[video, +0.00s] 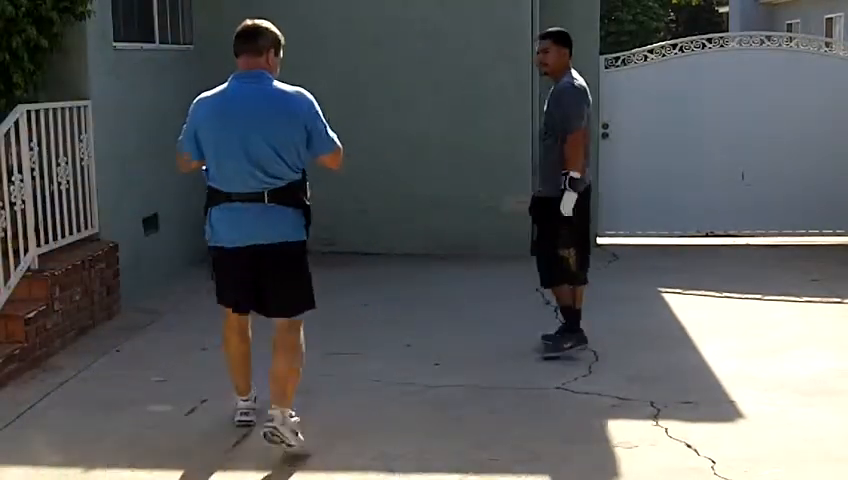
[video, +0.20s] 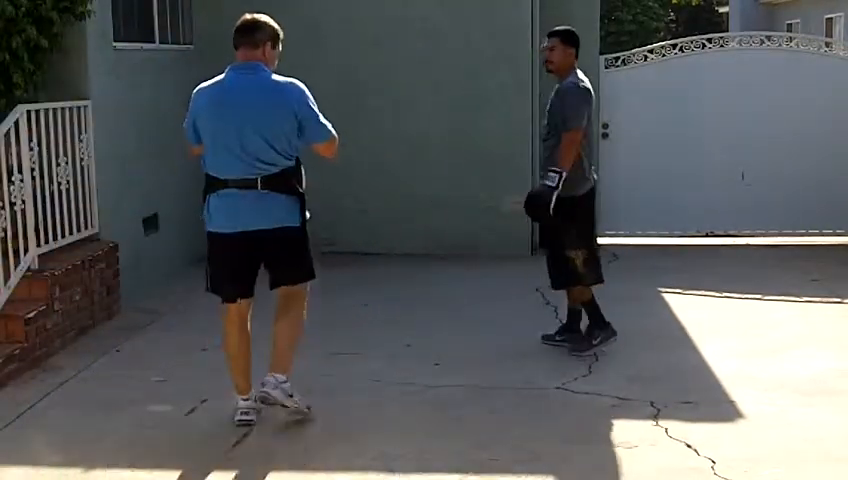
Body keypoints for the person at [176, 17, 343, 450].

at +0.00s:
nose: (279, 62)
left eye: (276, 56)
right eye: (279, 56)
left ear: (236, 56)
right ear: (273, 56)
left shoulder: (205, 104)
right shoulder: (296, 100)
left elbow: (185, 163)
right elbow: (333, 159)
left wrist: (220, 146)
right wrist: (294, 137)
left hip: (227, 231)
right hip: (282, 230)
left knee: (236, 315)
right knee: (288, 321)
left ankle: (244, 404)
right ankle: (282, 417)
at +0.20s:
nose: (277, 57)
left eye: (275, 51)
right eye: (277, 51)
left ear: (235, 49)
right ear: (270, 50)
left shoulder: (204, 93)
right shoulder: (289, 90)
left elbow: (195, 148)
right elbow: (328, 148)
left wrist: (233, 130)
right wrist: (289, 125)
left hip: (225, 216)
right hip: (280, 213)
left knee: (235, 305)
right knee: (292, 291)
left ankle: (244, 402)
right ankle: (277, 380)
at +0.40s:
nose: (284, 59)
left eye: (283, 54)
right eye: (284, 53)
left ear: (244, 52)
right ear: (276, 53)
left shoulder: (212, 94)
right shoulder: (294, 94)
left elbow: (207, 146)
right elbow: (330, 149)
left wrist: (248, 133)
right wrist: (315, 119)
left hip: (228, 216)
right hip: (280, 214)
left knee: (237, 304)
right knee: (288, 289)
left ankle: (245, 399)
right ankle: (290, 366)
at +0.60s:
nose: (299, 63)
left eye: (299, 57)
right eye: (299, 56)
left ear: (259, 53)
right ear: (289, 55)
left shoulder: (226, 92)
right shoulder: (306, 97)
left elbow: (221, 142)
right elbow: (338, 153)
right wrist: (327, 119)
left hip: (240, 211)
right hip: (291, 210)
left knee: (242, 293)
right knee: (292, 286)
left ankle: (244, 378)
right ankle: (286, 366)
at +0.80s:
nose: (310, 61)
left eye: (310, 54)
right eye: (310, 54)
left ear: (271, 50)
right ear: (299, 52)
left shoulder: (239, 87)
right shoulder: (314, 93)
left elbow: (234, 133)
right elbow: (346, 149)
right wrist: (340, 115)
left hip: (251, 200)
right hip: (299, 202)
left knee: (251, 273)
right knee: (294, 283)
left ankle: (244, 347)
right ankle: (286, 366)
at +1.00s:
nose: (317, 62)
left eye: (317, 55)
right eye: (316, 54)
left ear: (280, 50)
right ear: (303, 52)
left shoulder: (248, 88)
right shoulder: (312, 91)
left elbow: (259, 136)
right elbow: (348, 146)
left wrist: (316, 116)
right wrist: (347, 118)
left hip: (258, 195)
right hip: (299, 197)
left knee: (264, 270)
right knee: (294, 279)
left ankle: (264, 347)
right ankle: (285, 365)